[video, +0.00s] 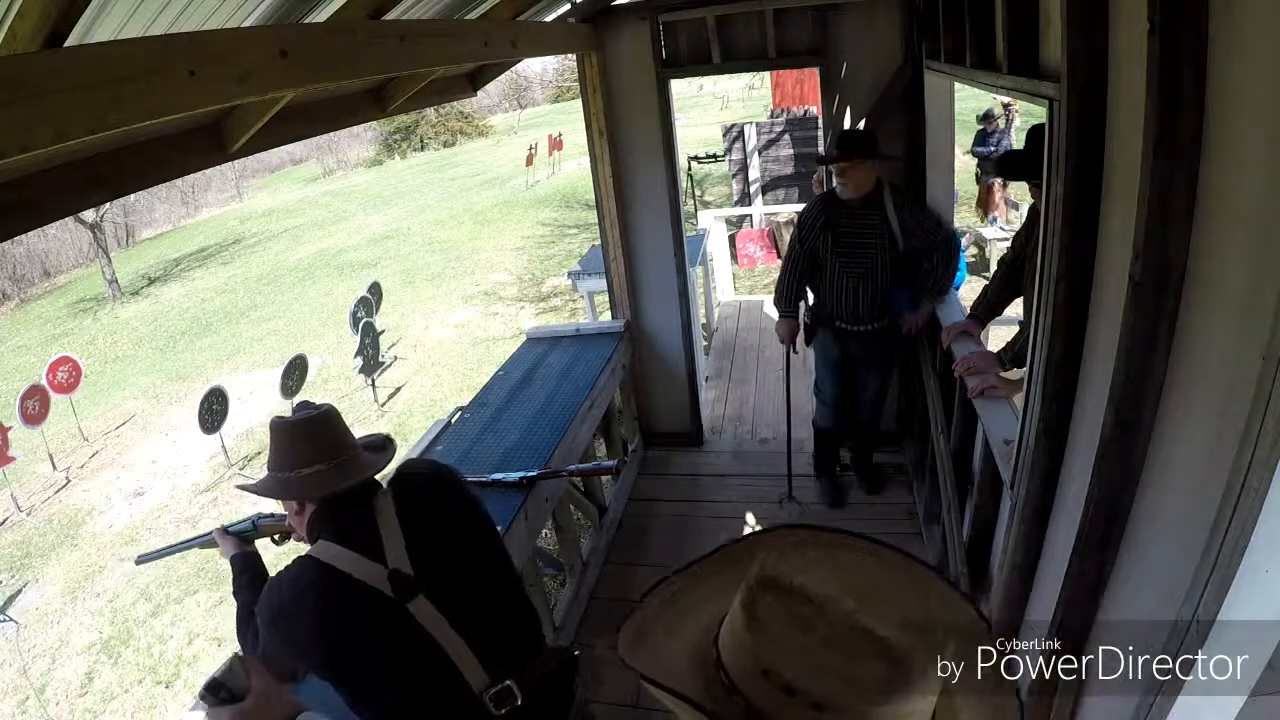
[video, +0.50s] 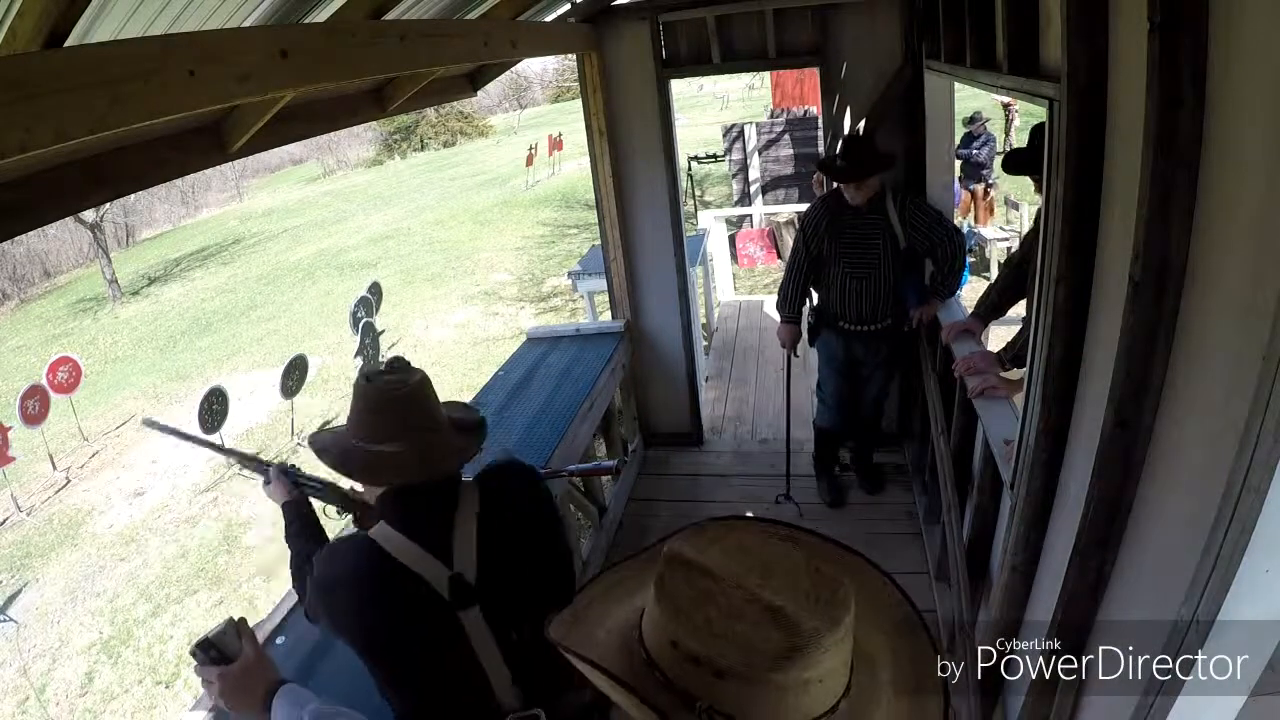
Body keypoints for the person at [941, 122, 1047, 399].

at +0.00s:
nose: (1031, 190)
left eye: (1036, 182)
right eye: (1029, 181)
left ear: (1056, 183)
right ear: (1032, 181)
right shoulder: (1041, 212)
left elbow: (1055, 307)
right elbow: (1014, 263)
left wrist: (1004, 358)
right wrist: (977, 319)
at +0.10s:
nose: (1031, 190)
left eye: (1037, 183)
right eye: (1030, 182)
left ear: (1058, 181)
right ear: (1029, 179)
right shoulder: (1042, 211)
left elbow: (1055, 307)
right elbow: (1015, 263)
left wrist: (1004, 358)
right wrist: (977, 318)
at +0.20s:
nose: (1031, 188)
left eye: (1037, 181)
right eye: (1029, 180)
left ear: (1057, 181)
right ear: (1029, 177)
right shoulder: (1042, 211)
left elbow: (1055, 308)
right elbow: (1015, 264)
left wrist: (1004, 358)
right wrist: (977, 319)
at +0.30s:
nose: (1031, 186)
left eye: (1037, 178)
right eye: (1029, 177)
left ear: (1056, 179)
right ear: (1029, 175)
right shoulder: (1043, 211)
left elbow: (1055, 307)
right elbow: (1016, 264)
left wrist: (1004, 358)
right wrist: (977, 318)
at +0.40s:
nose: (1033, 184)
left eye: (1037, 176)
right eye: (1031, 175)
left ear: (1057, 174)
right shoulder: (1046, 212)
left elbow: (1056, 306)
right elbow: (1020, 263)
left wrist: (1004, 358)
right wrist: (980, 317)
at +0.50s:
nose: (1034, 182)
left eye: (1039, 174)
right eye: (1033, 174)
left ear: (1058, 171)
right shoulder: (1052, 214)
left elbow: (1056, 306)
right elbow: (1021, 265)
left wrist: (1004, 358)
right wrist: (980, 316)